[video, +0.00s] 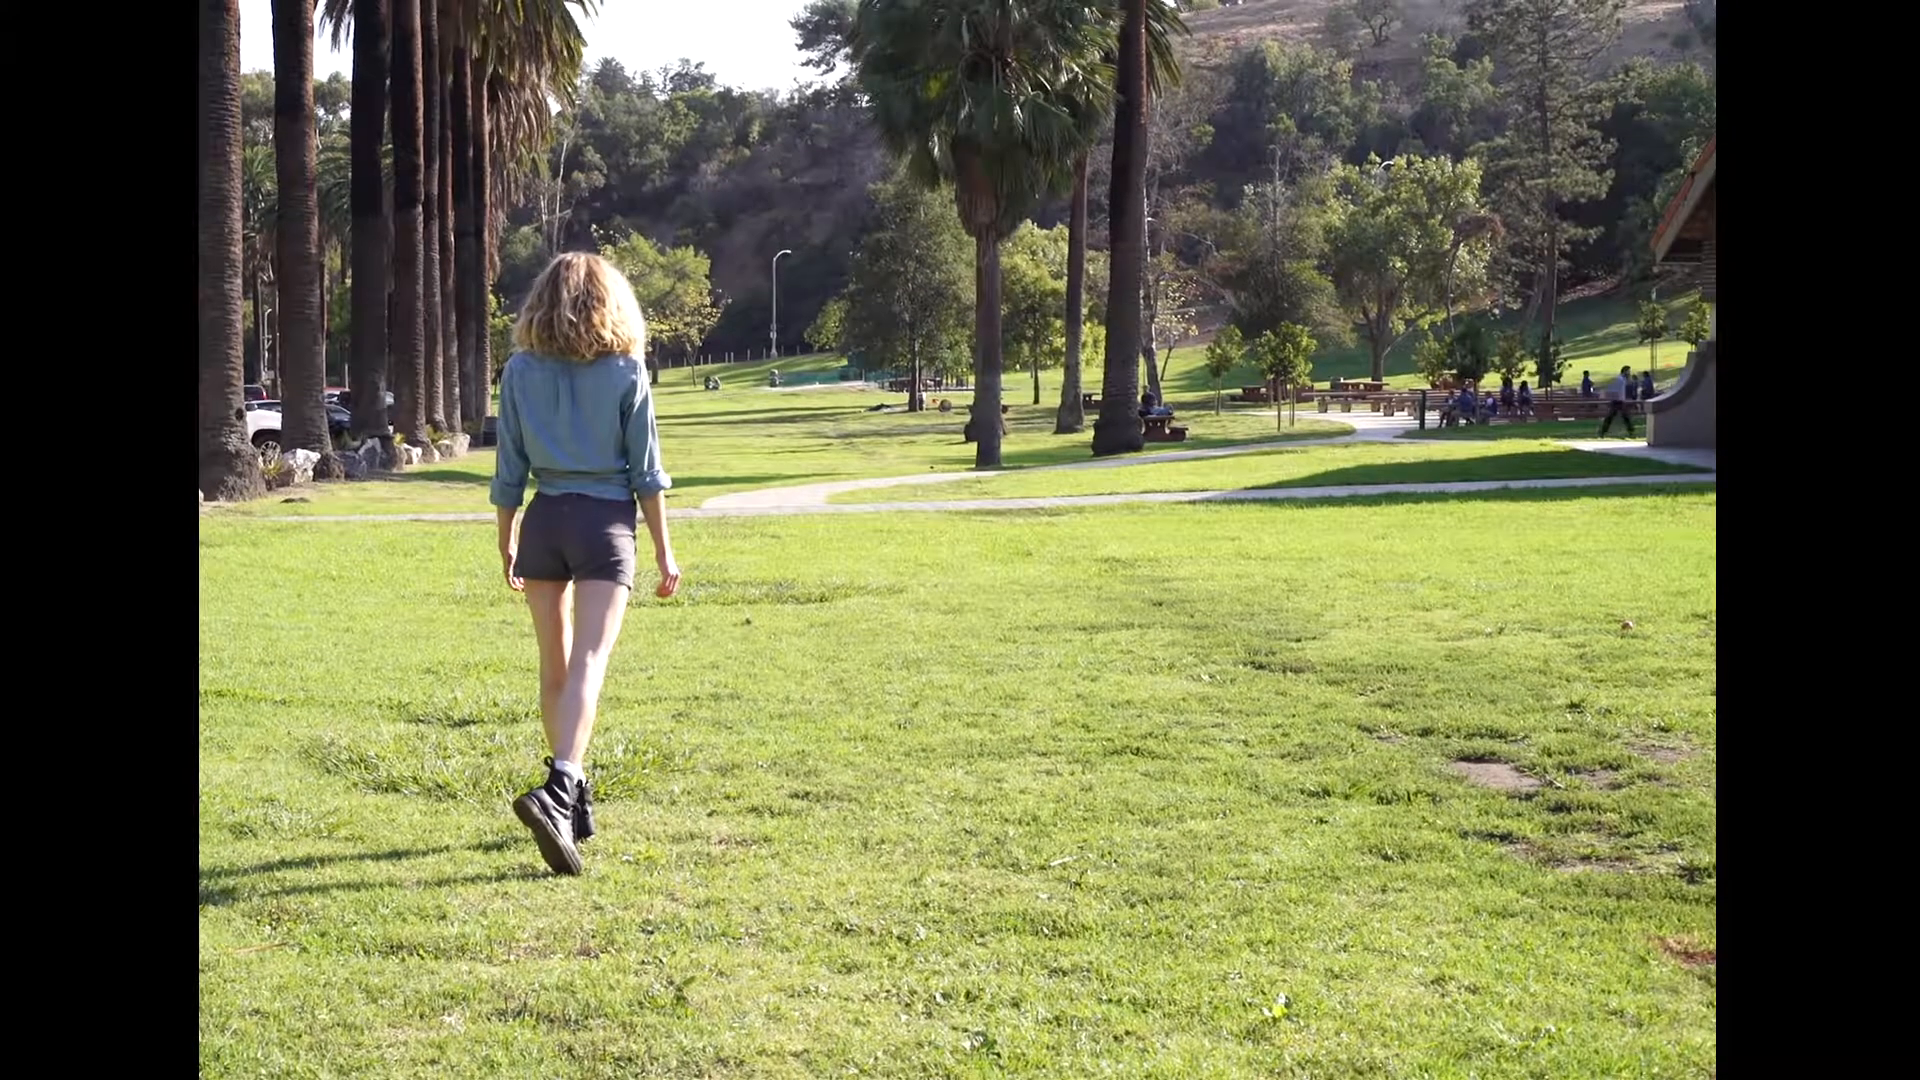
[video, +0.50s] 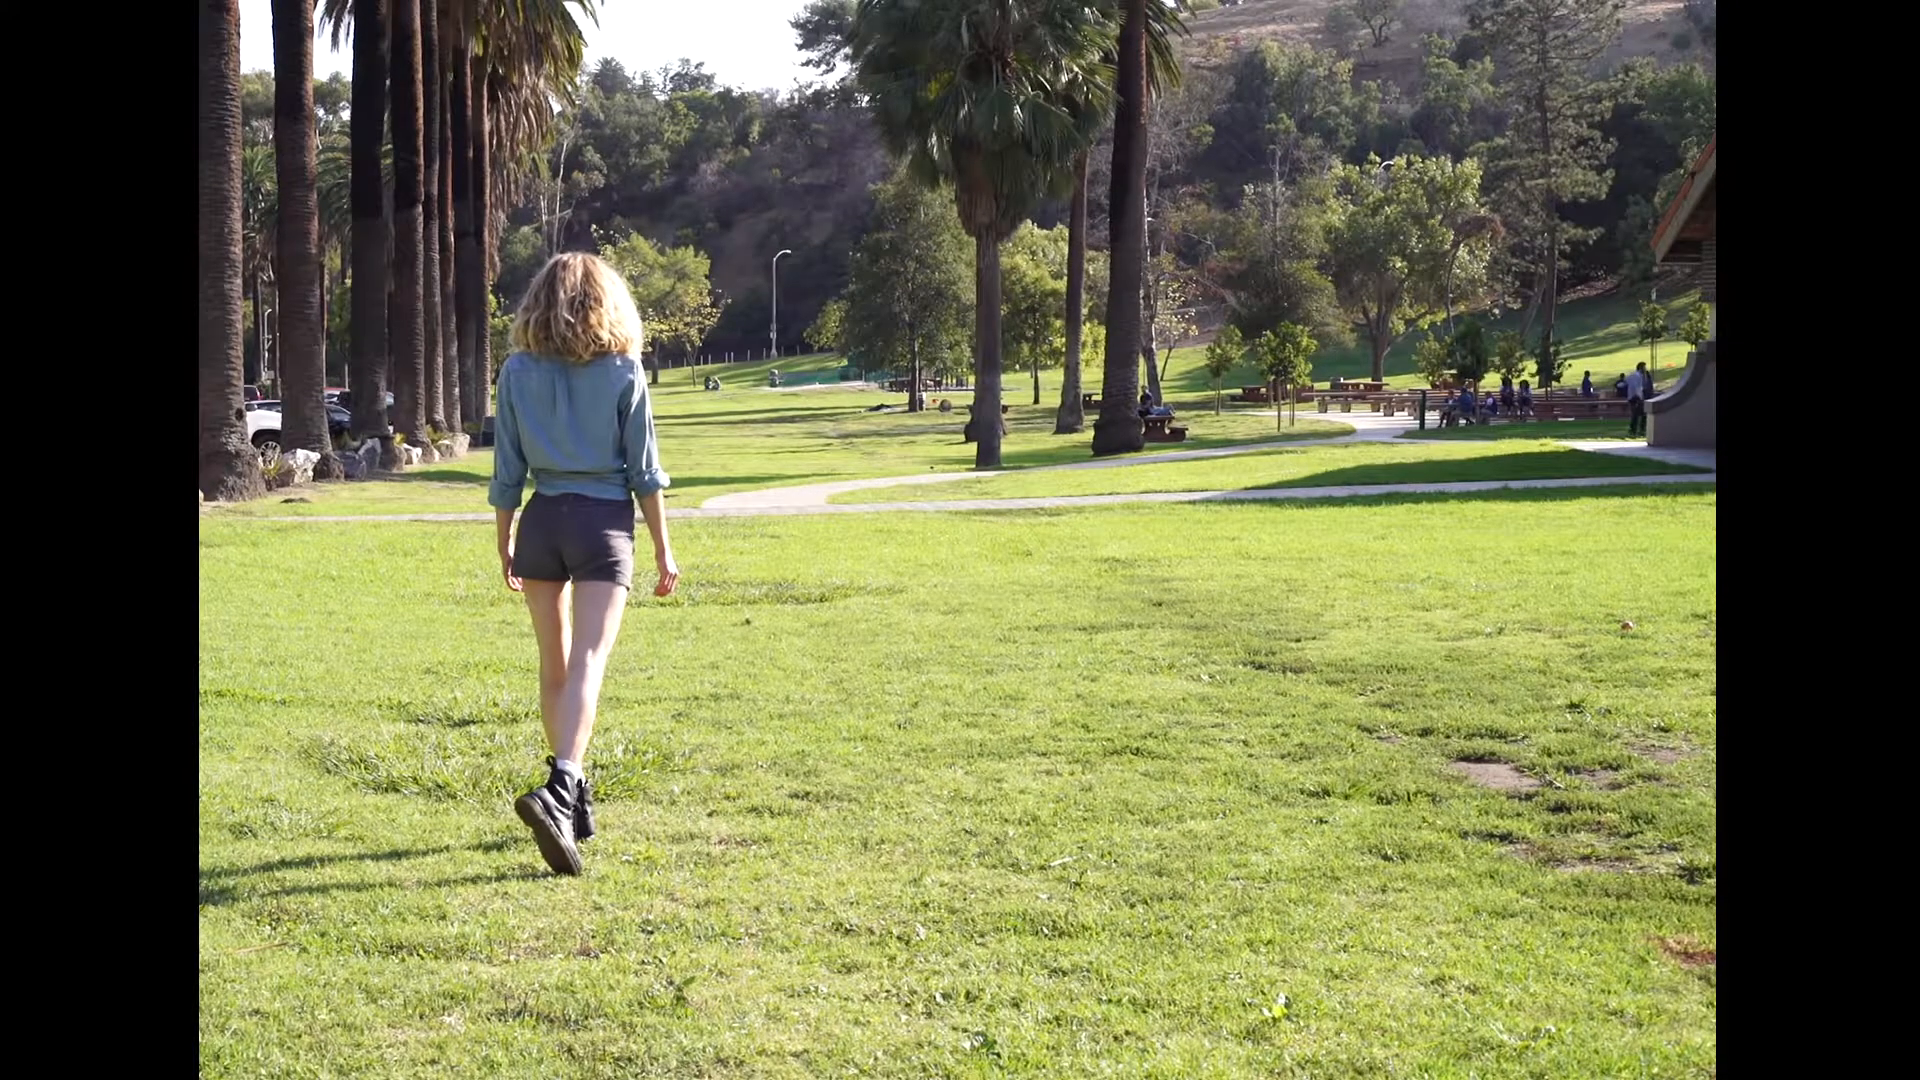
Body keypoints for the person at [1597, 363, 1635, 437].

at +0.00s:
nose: (1629, 373)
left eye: (1629, 371)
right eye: (1628, 371)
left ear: (1623, 371)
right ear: (1625, 371)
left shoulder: (1622, 380)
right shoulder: (1621, 380)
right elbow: (1620, 391)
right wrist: (1622, 399)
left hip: (1617, 400)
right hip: (1619, 400)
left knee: (1610, 416)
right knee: (1625, 416)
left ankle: (1602, 432)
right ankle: (1631, 432)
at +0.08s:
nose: (1633, 372)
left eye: (1633, 371)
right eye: (1632, 370)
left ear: (1628, 370)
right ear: (1629, 371)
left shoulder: (1628, 379)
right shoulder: (1624, 379)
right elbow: (1622, 390)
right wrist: (1626, 399)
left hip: (1625, 400)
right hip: (1622, 400)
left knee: (1616, 416)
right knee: (1630, 416)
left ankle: (1605, 431)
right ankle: (1631, 433)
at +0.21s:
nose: (1637, 371)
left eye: (1637, 369)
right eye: (1636, 369)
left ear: (1632, 369)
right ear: (1633, 369)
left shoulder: (1629, 376)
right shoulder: (1629, 377)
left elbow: (1620, 385)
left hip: (1627, 399)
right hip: (1627, 399)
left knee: (1627, 415)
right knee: (1630, 416)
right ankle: (1632, 433)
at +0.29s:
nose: (1639, 370)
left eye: (1639, 368)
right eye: (1639, 368)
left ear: (1633, 367)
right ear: (1637, 368)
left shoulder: (1629, 375)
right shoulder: (1634, 376)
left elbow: (1626, 386)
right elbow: (1632, 387)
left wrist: (1627, 395)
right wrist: (1630, 396)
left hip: (1627, 398)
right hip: (1631, 399)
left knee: (1630, 417)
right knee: (1632, 417)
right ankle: (1632, 433)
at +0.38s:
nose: (1641, 369)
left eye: (1641, 368)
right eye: (1640, 368)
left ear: (1635, 368)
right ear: (1638, 368)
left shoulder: (1630, 375)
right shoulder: (1634, 376)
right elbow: (1634, 390)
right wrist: (1639, 399)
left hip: (1629, 397)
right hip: (1633, 398)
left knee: (1634, 414)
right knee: (1635, 414)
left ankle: (1631, 430)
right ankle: (1632, 432)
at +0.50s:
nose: (1645, 369)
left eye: (1645, 367)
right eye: (1644, 367)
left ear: (1638, 368)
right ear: (1641, 368)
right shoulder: (1637, 376)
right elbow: (1637, 389)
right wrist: (1641, 397)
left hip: (1632, 398)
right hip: (1636, 398)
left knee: (1634, 415)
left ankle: (1633, 430)